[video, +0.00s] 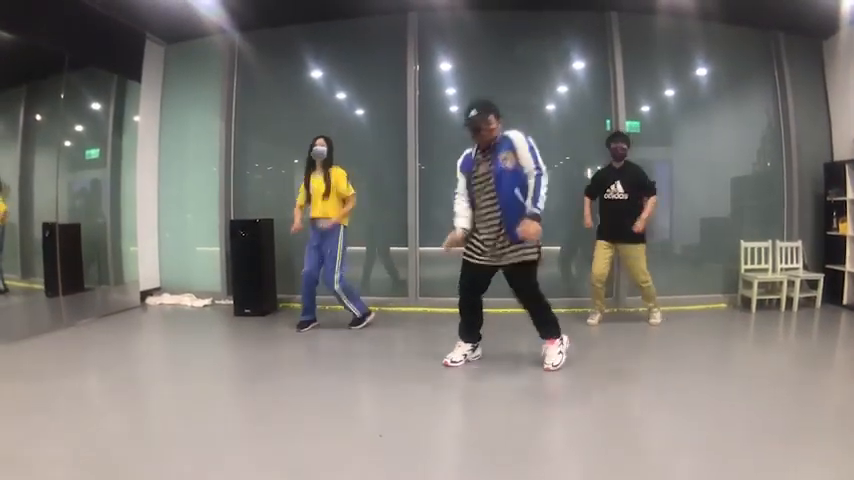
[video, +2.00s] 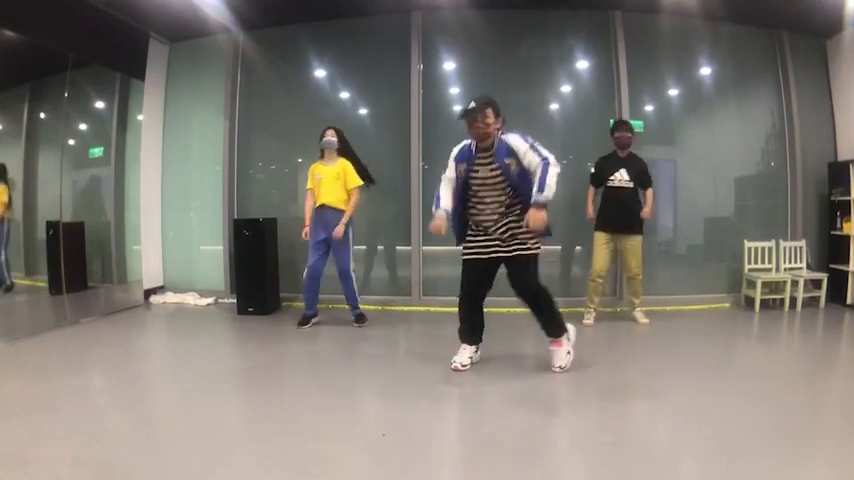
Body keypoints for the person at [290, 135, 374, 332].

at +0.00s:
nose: (318, 149)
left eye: (323, 146)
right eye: (315, 145)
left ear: (329, 151)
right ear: (311, 151)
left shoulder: (337, 173)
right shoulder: (309, 177)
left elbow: (351, 200)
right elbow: (300, 204)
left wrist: (336, 220)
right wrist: (298, 221)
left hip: (334, 226)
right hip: (316, 226)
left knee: (332, 277)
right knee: (309, 273)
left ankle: (362, 312)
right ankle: (308, 317)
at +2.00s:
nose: (329, 137)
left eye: (333, 135)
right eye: (326, 135)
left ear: (339, 142)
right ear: (321, 142)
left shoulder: (345, 165)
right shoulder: (315, 168)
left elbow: (356, 195)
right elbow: (310, 195)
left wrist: (342, 223)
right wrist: (308, 222)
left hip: (339, 213)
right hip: (319, 213)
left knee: (344, 267)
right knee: (313, 266)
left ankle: (356, 310)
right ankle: (310, 311)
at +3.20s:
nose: (336, 149)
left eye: (340, 146)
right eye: (333, 146)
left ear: (347, 151)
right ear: (328, 150)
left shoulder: (350, 178)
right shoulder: (316, 171)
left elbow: (357, 206)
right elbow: (304, 194)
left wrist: (348, 221)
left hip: (335, 223)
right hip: (314, 222)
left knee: (342, 274)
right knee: (299, 269)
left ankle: (352, 314)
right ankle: (298, 313)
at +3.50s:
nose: (308, 142)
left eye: (313, 139)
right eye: (305, 139)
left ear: (319, 146)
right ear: (300, 146)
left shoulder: (324, 169)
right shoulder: (292, 170)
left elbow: (333, 197)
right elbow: (282, 195)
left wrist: (325, 222)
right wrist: (272, 213)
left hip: (316, 217)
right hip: (296, 217)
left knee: (325, 269)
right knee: (295, 269)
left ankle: (340, 313)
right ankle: (296, 315)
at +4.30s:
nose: (301, 144)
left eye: (305, 141)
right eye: (298, 142)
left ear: (312, 144)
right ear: (294, 146)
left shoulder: (319, 163)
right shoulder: (293, 169)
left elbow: (329, 191)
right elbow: (289, 200)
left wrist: (307, 211)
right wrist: (279, 221)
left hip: (313, 215)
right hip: (291, 216)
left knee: (318, 266)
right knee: (286, 267)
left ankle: (330, 313)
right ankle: (292, 313)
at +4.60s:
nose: (283, 147)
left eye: (288, 144)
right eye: (281, 143)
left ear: (294, 149)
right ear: (275, 148)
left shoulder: (302, 172)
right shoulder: (268, 173)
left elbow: (311, 198)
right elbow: (260, 197)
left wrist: (301, 219)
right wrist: (264, 219)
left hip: (295, 220)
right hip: (274, 220)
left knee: (308, 268)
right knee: (270, 270)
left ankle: (327, 311)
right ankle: (265, 315)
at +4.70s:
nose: (282, 144)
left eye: (285, 141)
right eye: (278, 142)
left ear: (292, 146)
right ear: (273, 147)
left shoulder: (303, 171)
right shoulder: (267, 171)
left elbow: (307, 200)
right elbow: (263, 201)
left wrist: (311, 227)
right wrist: (264, 228)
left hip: (297, 218)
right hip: (274, 218)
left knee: (306, 259)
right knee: (271, 269)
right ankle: (266, 315)